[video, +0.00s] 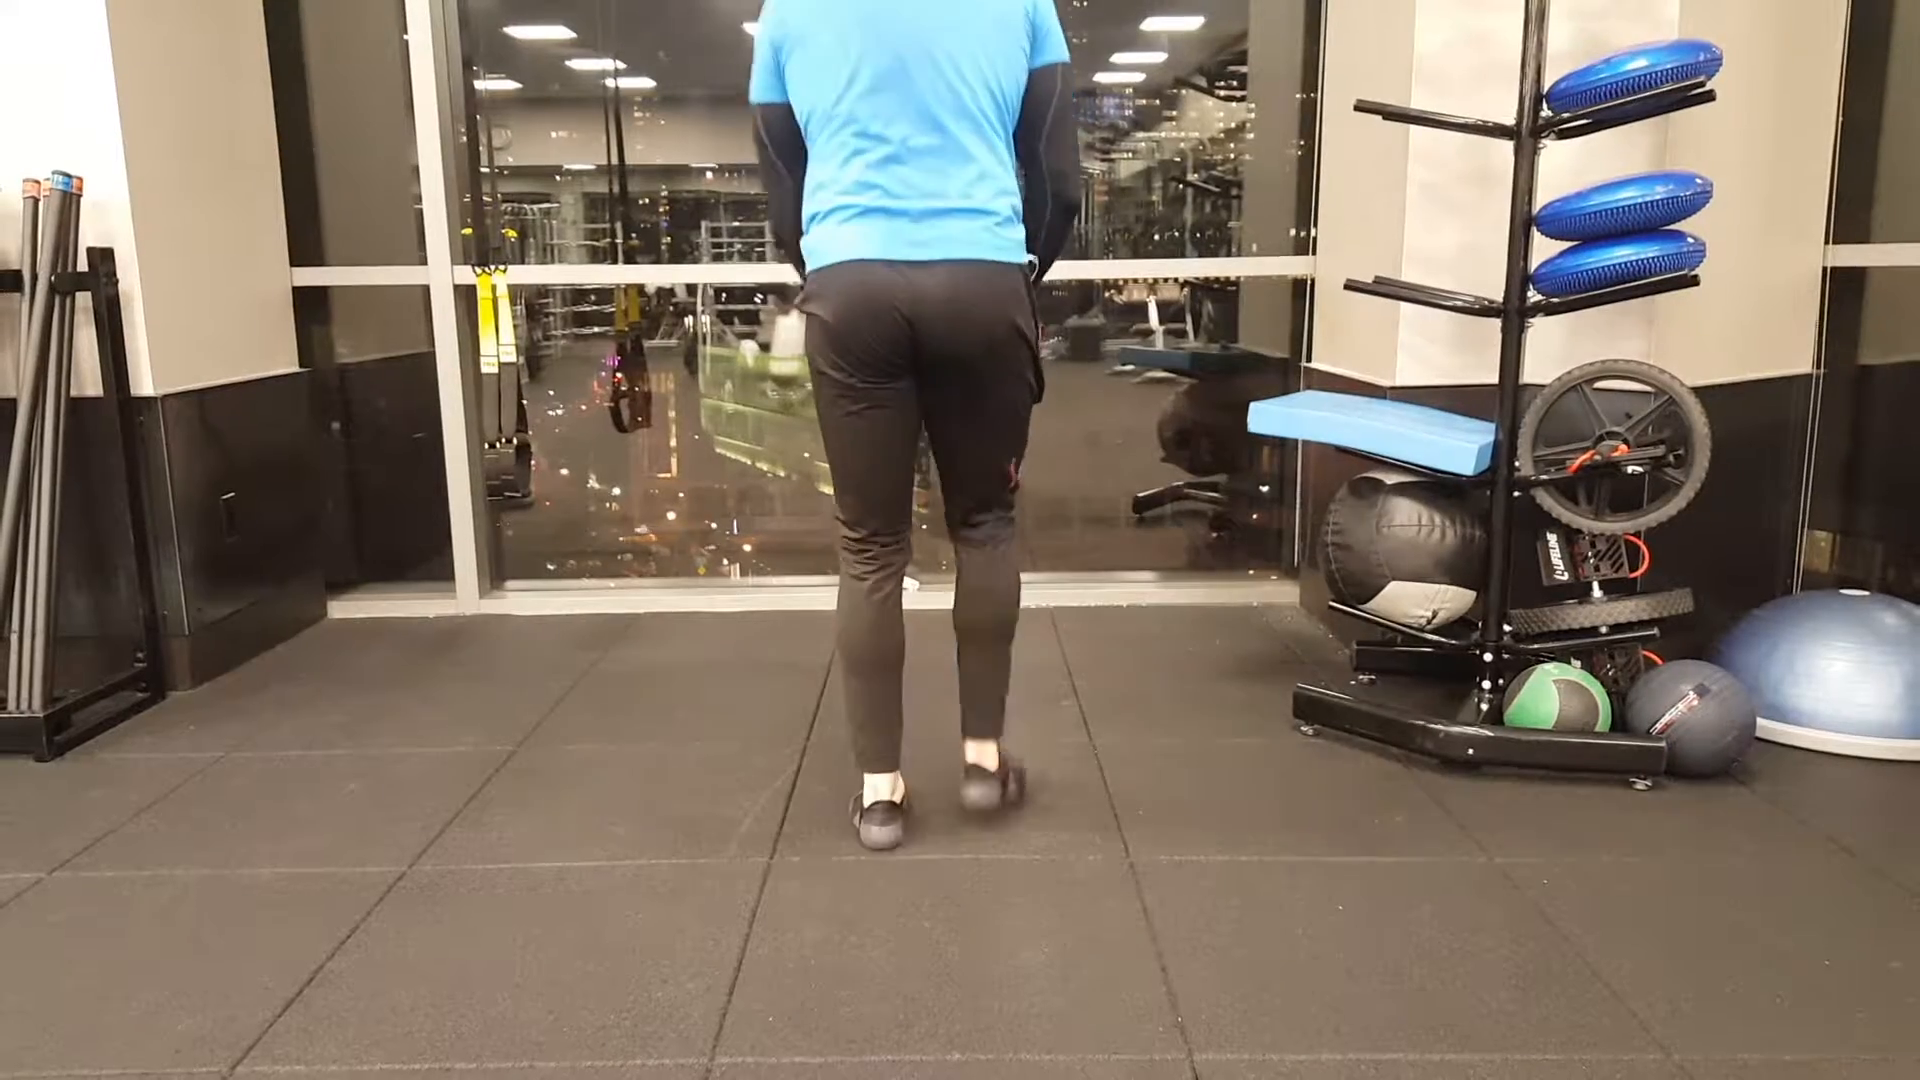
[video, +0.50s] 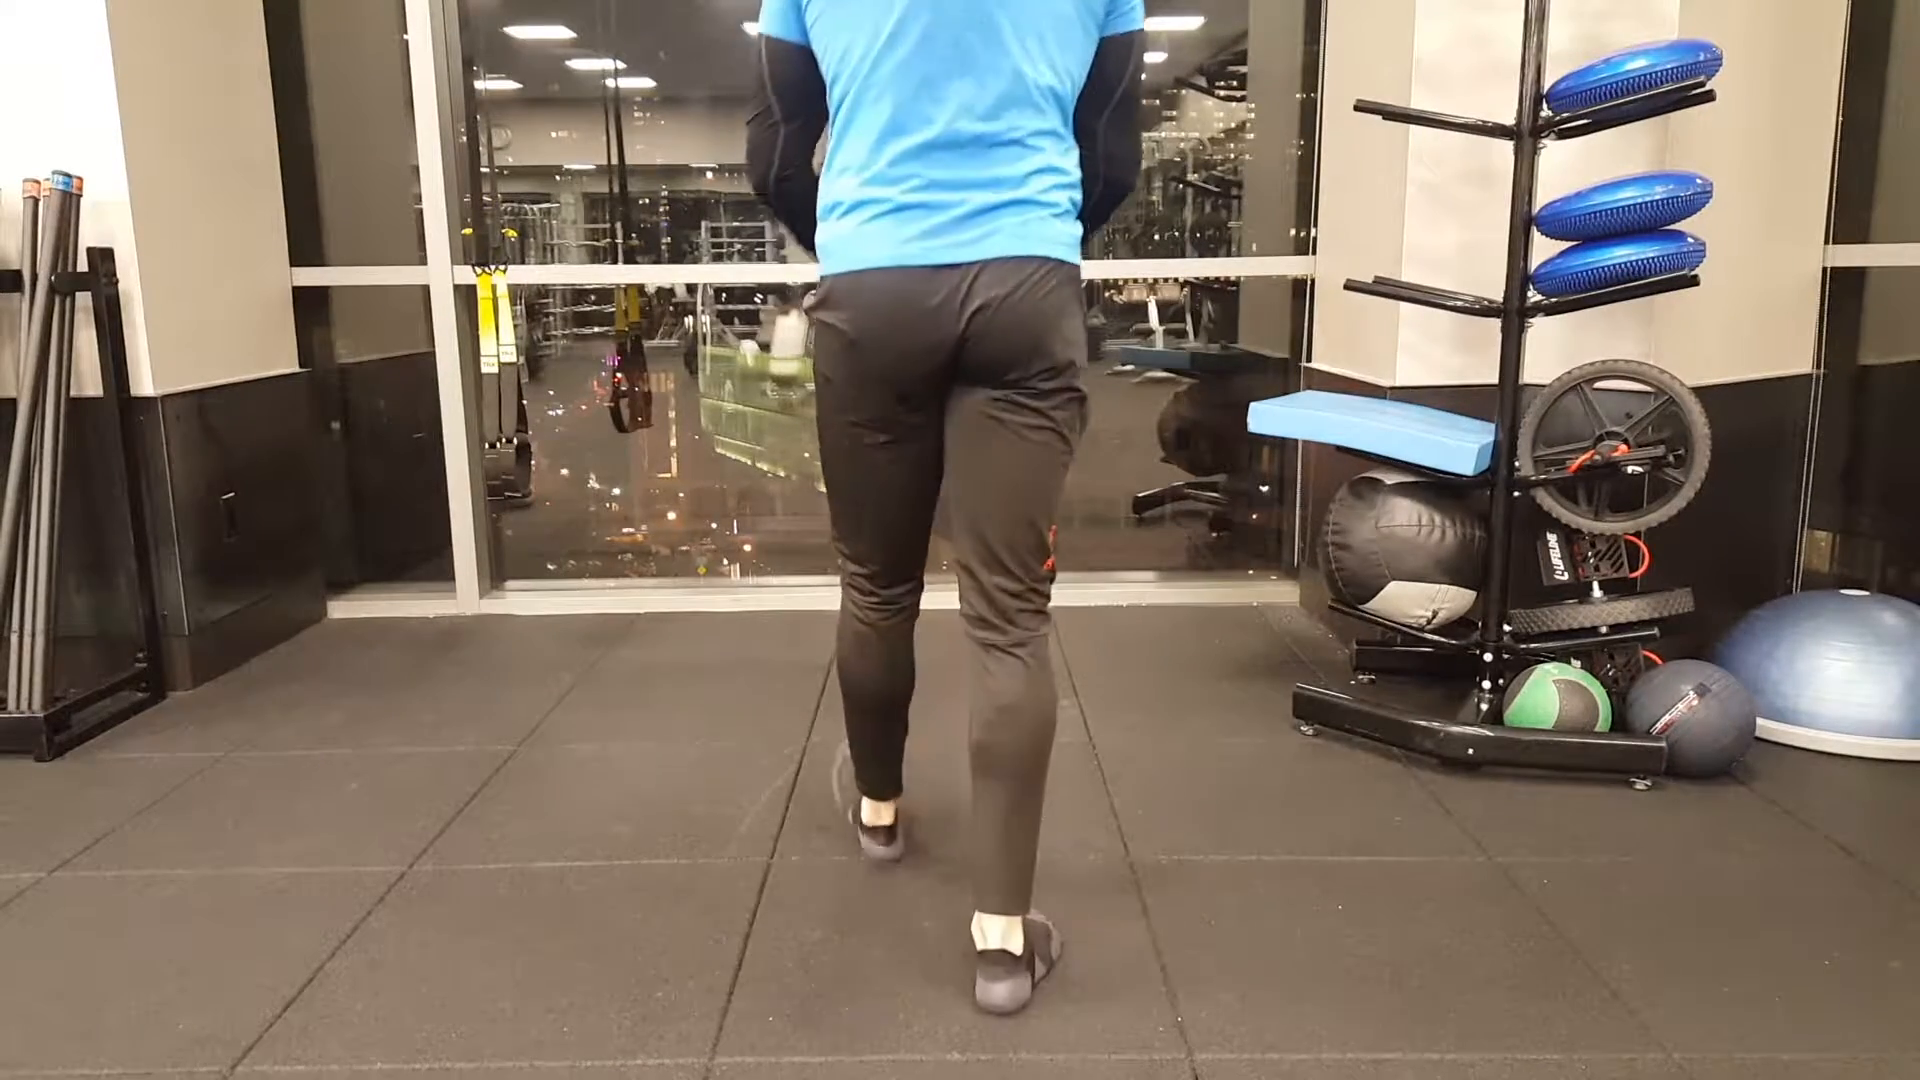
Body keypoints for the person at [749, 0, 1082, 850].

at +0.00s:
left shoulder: (789, 12)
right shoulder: (1021, 8)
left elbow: (789, 184)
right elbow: (1058, 186)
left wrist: (826, 269)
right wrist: (1016, 276)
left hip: (849, 280)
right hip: (980, 280)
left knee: (869, 543)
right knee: (985, 520)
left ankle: (880, 793)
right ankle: (983, 761)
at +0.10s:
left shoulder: (780, 8)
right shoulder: (1029, 4)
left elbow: (767, 189)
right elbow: (1067, 168)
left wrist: (821, 282)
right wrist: (1020, 274)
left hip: (851, 275)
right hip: (984, 273)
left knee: (869, 551)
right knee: (991, 536)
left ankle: (879, 794)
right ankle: (989, 776)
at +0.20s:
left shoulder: (783, 5)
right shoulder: (1042, 3)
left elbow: (756, 175)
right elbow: (1078, 163)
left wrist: (821, 278)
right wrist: (1025, 265)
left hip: (855, 283)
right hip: (996, 280)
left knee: (872, 554)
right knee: (999, 554)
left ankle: (878, 798)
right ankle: (1001, 801)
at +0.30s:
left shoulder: (794, 3)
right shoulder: (1063, 2)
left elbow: (759, 169)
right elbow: (1090, 169)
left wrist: (819, 282)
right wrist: (1032, 260)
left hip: (861, 288)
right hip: (1011, 282)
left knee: (875, 567)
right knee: (1004, 588)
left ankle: (877, 802)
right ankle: (1007, 901)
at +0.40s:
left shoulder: (810, 1)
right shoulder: (1086, 1)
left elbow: (769, 164)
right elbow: (1104, 171)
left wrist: (838, 258)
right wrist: (1031, 240)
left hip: (869, 289)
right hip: (1022, 283)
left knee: (873, 577)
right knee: (1007, 606)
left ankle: (876, 803)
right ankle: (1000, 935)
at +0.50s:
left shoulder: (812, 2)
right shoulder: (1100, 2)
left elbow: (775, 160)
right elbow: (1109, 168)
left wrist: (860, 240)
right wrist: (1030, 235)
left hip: (872, 279)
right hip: (1030, 275)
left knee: (877, 584)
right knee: (1009, 610)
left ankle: (879, 805)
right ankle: (1002, 938)